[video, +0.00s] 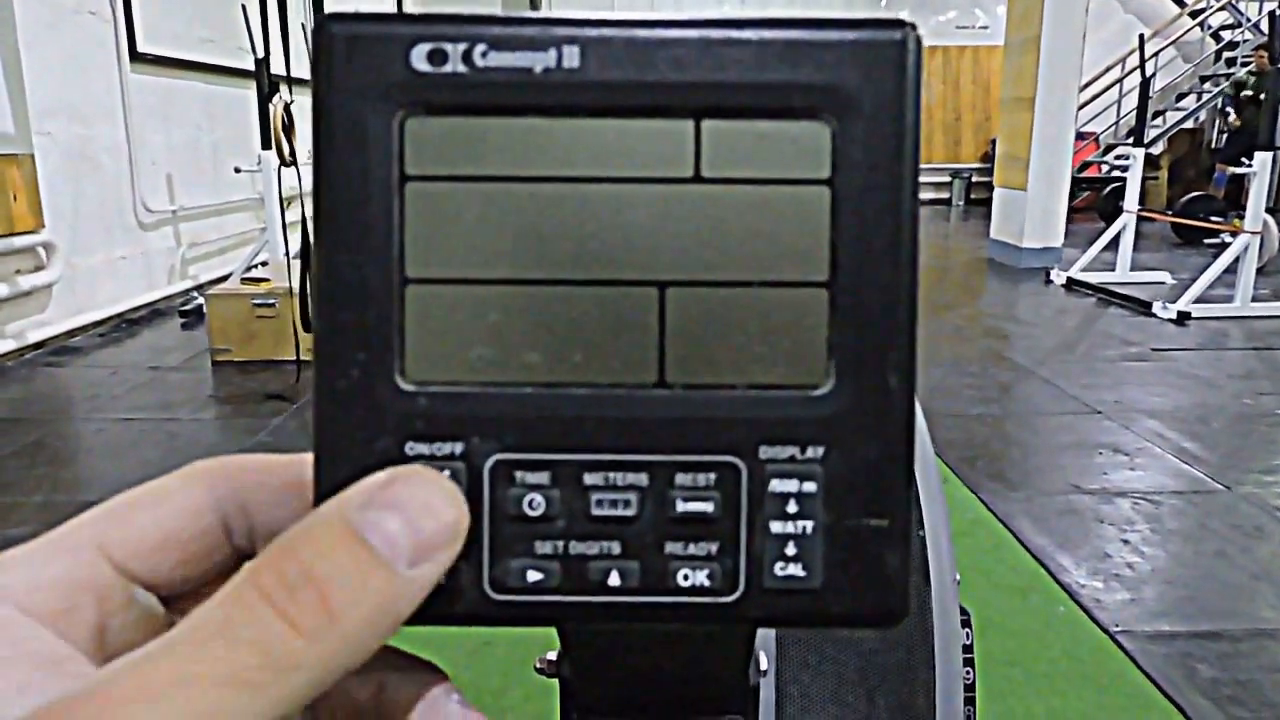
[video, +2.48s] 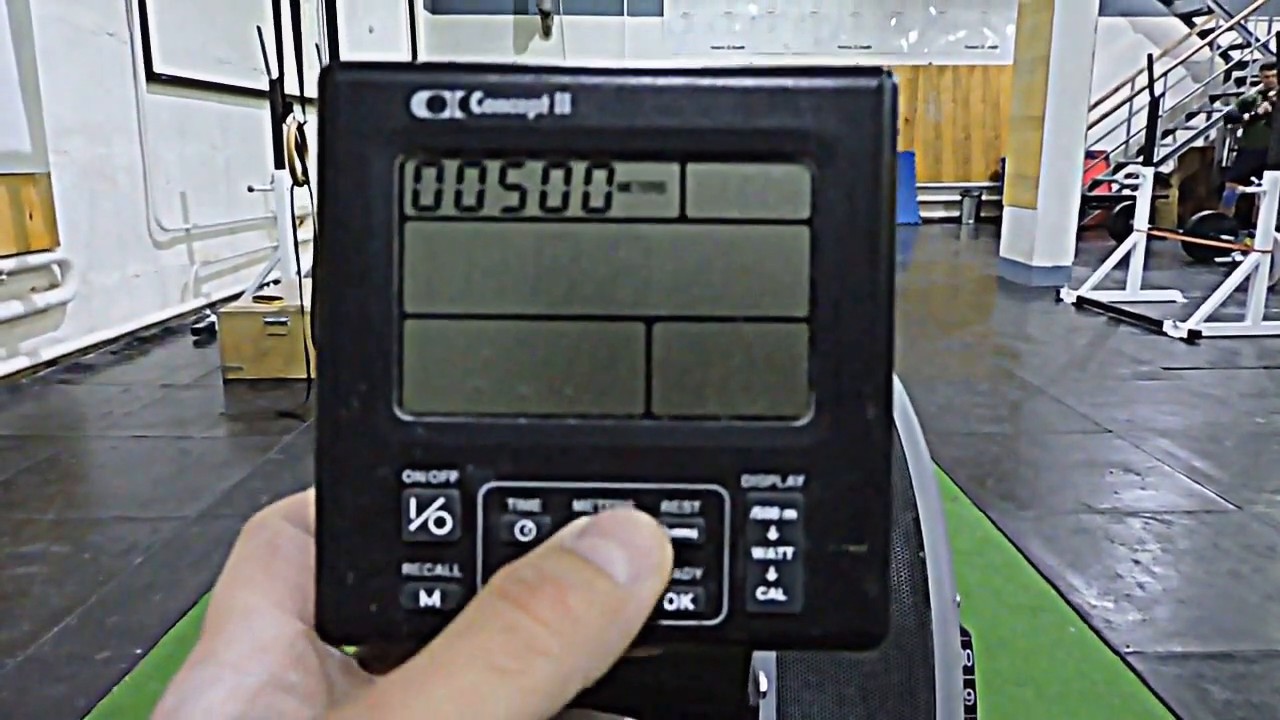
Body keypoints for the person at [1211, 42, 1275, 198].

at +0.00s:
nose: (1260, 60)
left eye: (1263, 57)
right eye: (1257, 57)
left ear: (1270, 59)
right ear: (1253, 58)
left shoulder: (1273, 80)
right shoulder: (1243, 78)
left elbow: (1273, 103)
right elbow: (1227, 97)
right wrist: (1230, 115)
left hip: (1263, 131)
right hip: (1241, 129)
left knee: (1258, 169)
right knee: (1223, 164)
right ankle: (1214, 204)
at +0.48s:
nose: (1263, 68)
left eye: (1268, 65)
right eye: (1262, 64)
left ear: (1275, 68)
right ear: (1259, 64)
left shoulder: (1274, 84)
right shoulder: (1252, 81)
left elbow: (1274, 112)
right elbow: (1229, 94)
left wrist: (1255, 113)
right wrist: (1245, 94)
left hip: (1263, 135)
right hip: (1243, 134)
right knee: (1227, 171)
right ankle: (1216, 211)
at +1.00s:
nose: (1268, 72)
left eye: (1271, 69)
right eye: (1266, 68)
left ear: (1278, 71)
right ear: (1263, 70)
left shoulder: (1275, 89)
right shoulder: (1254, 87)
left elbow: (1275, 114)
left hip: (1268, 142)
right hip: (1248, 140)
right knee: (1230, 175)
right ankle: (1219, 219)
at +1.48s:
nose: (1269, 73)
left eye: (1273, 69)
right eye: (1267, 69)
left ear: (1279, 70)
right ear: (1264, 70)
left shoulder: (1277, 92)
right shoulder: (1253, 89)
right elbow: (1225, 104)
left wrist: (1274, 107)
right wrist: (1250, 103)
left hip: (1271, 146)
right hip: (1249, 143)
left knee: (1268, 185)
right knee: (1232, 177)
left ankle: (1261, 223)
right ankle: (1221, 219)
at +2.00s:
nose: (1269, 76)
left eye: (1273, 71)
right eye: (1267, 72)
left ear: (1279, 72)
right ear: (1264, 73)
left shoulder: (1276, 93)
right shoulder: (1255, 91)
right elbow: (1227, 109)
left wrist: (1272, 99)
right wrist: (1255, 102)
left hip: (1272, 148)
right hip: (1250, 146)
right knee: (1233, 178)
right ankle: (1222, 222)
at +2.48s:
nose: (1269, 81)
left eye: (1272, 76)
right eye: (1265, 77)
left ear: (1278, 77)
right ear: (1260, 78)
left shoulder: (1277, 99)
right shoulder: (1253, 97)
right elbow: (1228, 116)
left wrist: (1273, 108)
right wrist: (1253, 114)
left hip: (1271, 154)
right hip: (1249, 152)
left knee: (1269, 193)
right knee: (1232, 186)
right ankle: (1221, 228)